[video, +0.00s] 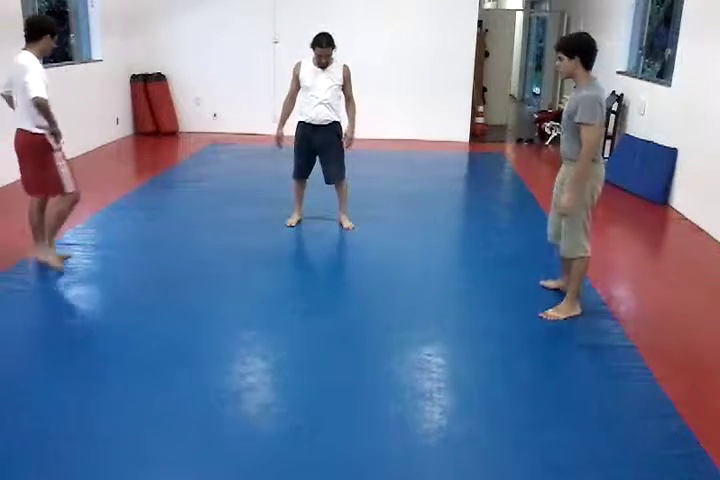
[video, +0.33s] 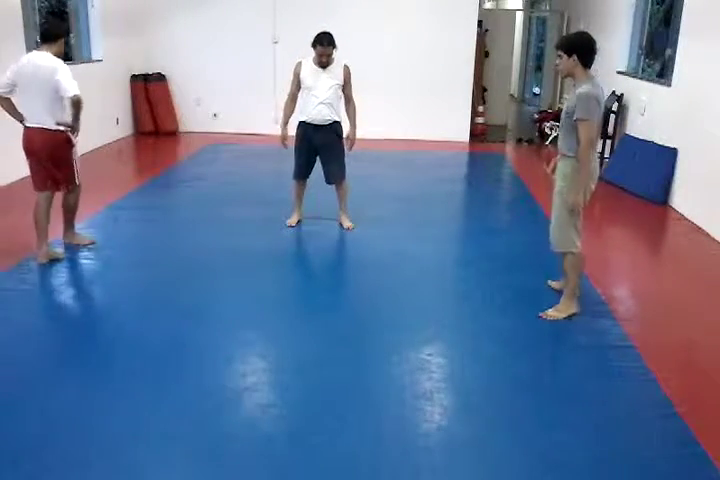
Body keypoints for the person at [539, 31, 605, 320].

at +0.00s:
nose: (557, 64)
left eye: (561, 59)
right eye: (557, 58)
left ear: (576, 60)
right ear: (579, 61)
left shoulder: (589, 98)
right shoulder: (580, 92)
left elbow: (589, 149)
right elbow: (579, 143)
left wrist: (573, 191)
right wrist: (565, 176)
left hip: (583, 171)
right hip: (570, 167)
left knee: (576, 237)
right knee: (561, 228)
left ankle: (572, 301)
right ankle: (566, 278)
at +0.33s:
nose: (557, 62)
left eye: (561, 57)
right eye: (557, 57)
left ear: (574, 59)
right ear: (579, 59)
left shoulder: (585, 95)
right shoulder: (583, 90)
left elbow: (587, 145)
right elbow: (575, 135)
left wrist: (580, 189)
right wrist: (559, 158)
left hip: (576, 168)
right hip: (571, 165)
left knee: (568, 233)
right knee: (566, 227)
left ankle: (570, 301)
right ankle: (569, 279)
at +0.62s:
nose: (559, 64)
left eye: (562, 58)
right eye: (560, 58)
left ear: (576, 59)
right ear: (582, 59)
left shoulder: (580, 91)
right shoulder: (599, 88)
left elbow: (575, 140)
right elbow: (602, 131)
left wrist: (557, 177)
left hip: (571, 163)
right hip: (589, 163)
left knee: (543, 224)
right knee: (579, 226)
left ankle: (557, 280)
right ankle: (573, 282)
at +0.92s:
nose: (556, 65)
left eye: (558, 60)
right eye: (556, 60)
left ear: (569, 60)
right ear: (581, 61)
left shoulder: (563, 90)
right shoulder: (599, 91)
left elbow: (556, 132)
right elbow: (604, 129)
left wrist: (543, 169)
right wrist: (585, 136)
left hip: (562, 157)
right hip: (589, 160)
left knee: (541, 210)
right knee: (578, 224)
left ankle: (544, 261)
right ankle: (570, 280)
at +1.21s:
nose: (543, 66)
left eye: (545, 62)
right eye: (543, 61)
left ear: (556, 63)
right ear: (569, 62)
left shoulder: (551, 90)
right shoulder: (591, 87)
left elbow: (544, 130)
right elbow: (596, 125)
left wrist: (535, 164)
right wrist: (583, 141)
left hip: (555, 153)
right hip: (582, 156)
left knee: (546, 205)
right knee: (573, 209)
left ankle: (548, 254)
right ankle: (571, 258)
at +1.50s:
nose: (539, 58)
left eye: (541, 53)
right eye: (539, 53)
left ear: (553, 55)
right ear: (563, 55)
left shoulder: (547, 81)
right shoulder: (582, 80)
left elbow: (540, 120)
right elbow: (590, 117)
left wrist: (528, 148)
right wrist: (593, 147)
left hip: (550, 143)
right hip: (570, 144)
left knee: (546, 199)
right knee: (558, 192)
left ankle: (549, 253)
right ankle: (559, 237)